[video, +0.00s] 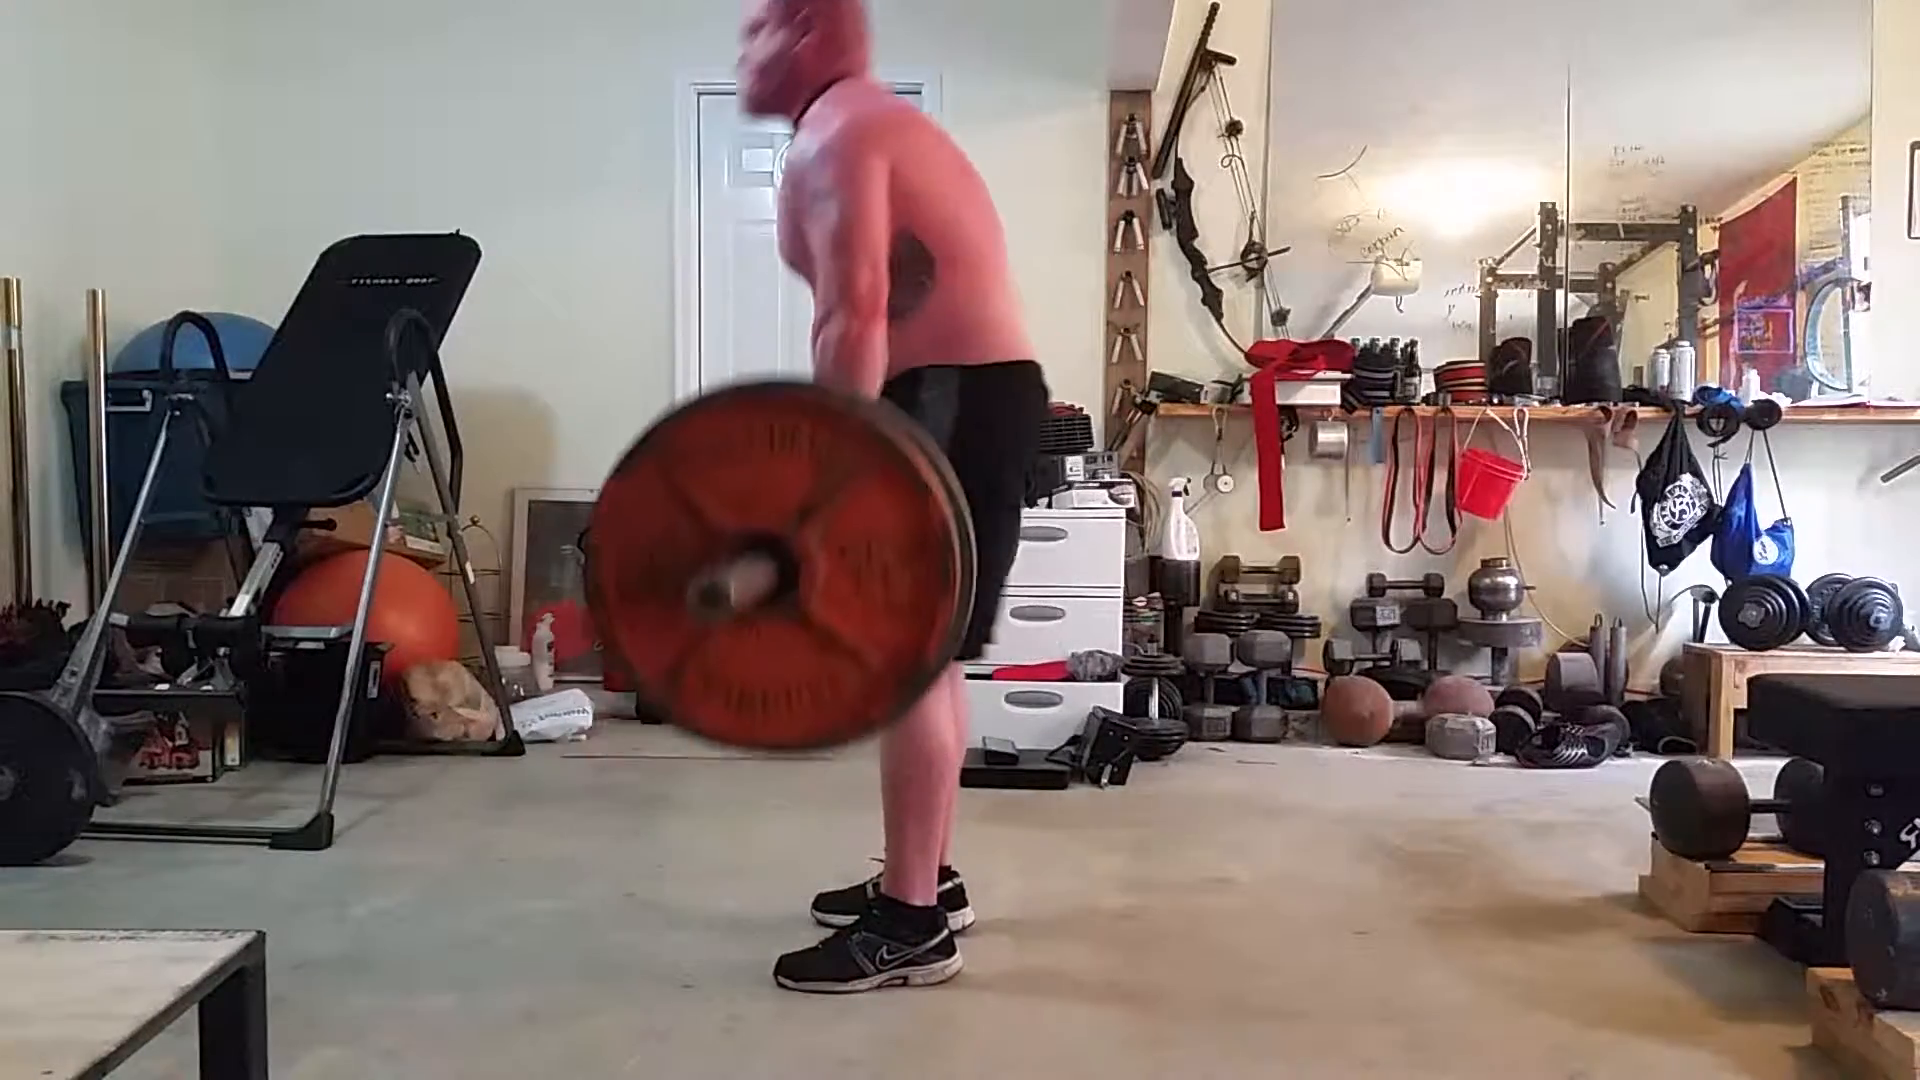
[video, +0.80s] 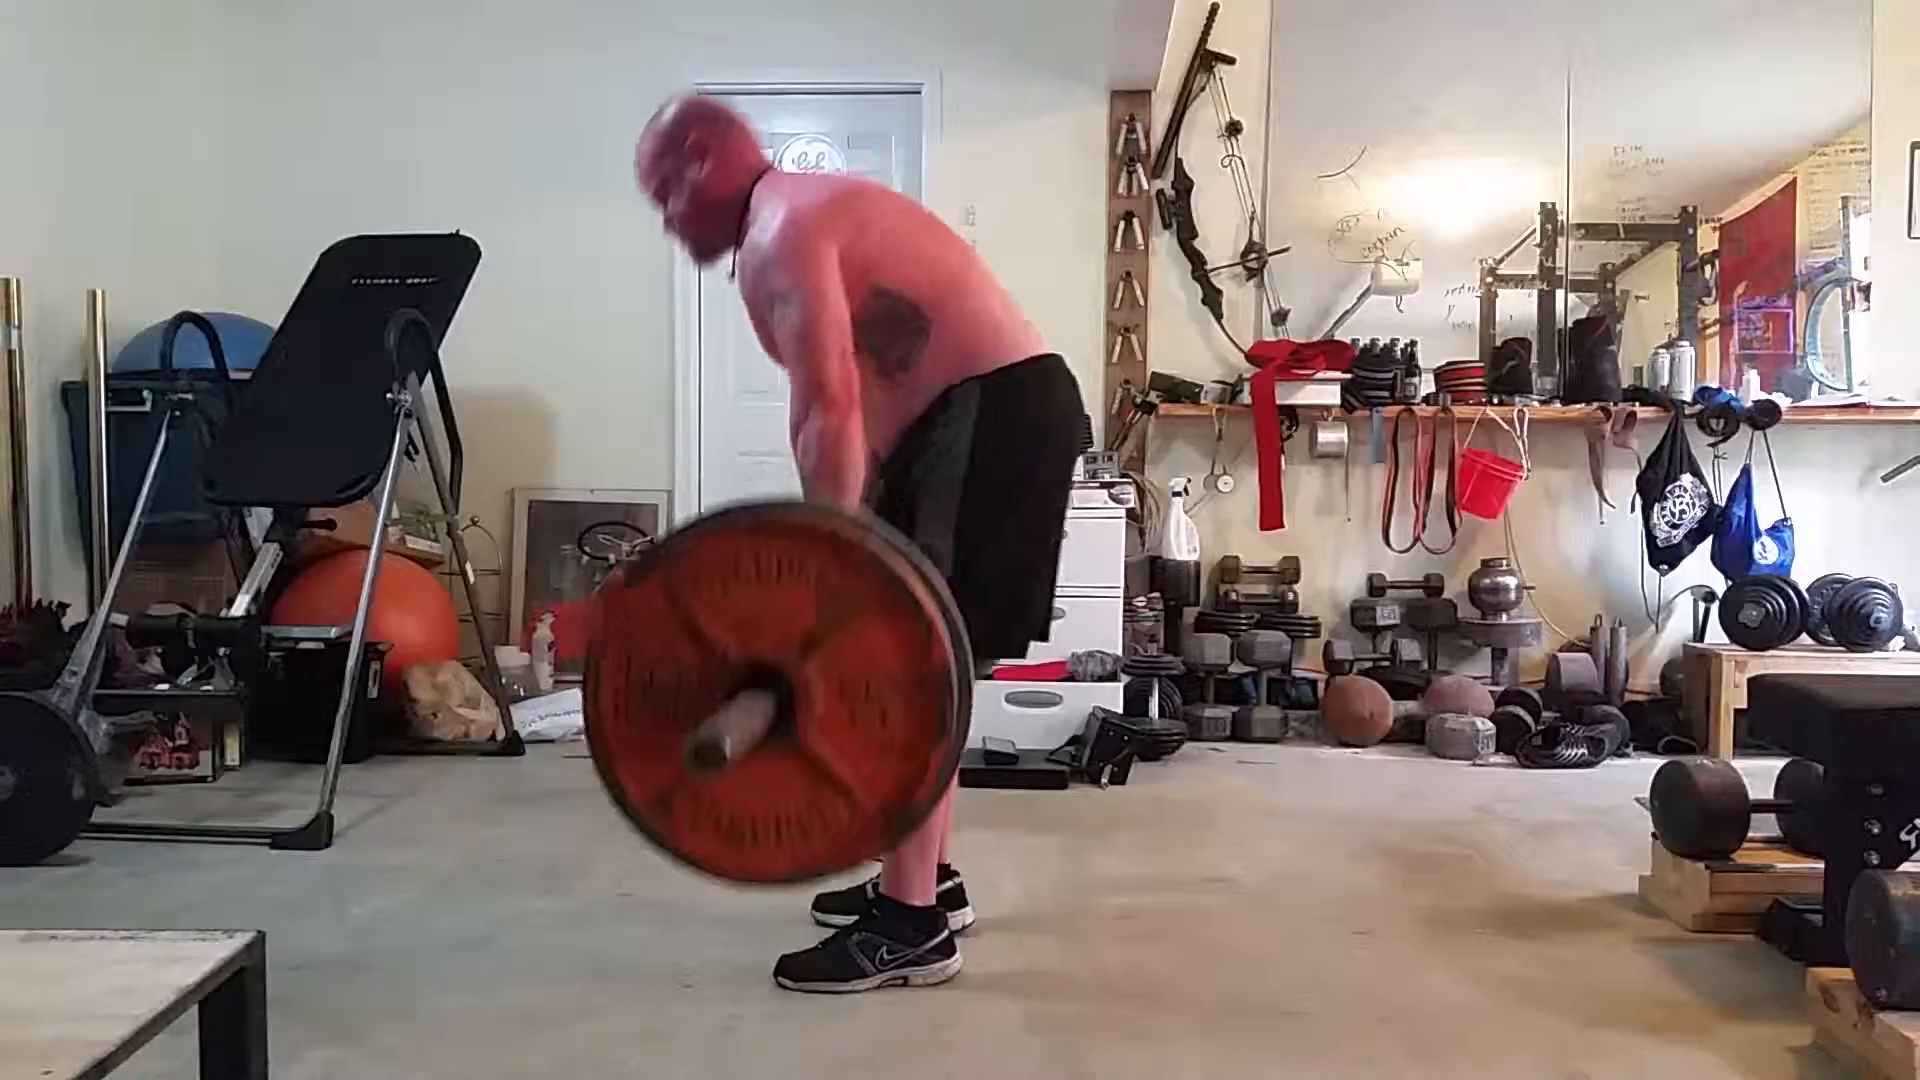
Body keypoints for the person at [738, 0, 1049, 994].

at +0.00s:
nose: (742, 52)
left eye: (758, 29)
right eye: (747, 32)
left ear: (812, 35)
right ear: (829, 42)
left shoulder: (844, 131)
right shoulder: (852, 129)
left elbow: (856, 313)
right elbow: (858, 318)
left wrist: (824, 478)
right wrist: (817, 471)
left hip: (957, 396)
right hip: (960, 395)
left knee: (920, 654)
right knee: (923, 652)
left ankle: (915, 918)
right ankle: (923, 882)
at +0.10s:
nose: (787, 17)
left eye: (801, 2)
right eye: (793, 3)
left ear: (851, 8)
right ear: (871, 16)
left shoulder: (875, 100)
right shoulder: (893, 100)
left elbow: (873, 284)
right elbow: (867, 291)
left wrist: (825, 449)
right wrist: (806, 442)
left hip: (936, 400)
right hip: (954, 397)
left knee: (914, 652)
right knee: (923, 649)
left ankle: (912, 916)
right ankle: (926, 879)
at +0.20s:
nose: (826, 10)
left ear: (885, 1)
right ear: (921, 7)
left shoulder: (900, 88)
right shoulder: (944, 90)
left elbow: (888, 272)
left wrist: (817, 426)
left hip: (932, 402)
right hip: (966, 398)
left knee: (910, 656)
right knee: (921, 653)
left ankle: (914, 920)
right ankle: (922, 882)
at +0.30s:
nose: (842, 11)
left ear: (902, 4)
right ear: (925, 10)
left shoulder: (917, 87)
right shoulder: (946, 87)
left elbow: (894, 279)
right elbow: (873, 279)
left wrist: (824, 430)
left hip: (936, 401)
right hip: (962, 399)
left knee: (902, 655)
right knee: (916, 652)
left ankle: (912, 919)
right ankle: (923, 882)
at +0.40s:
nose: (811, 20)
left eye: (825, 5)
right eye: (816, 7)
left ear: (875, 7)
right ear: (899, 14)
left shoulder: (901, 91)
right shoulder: (924, 93)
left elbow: (885, 279)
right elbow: (883, 285)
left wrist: (819, 435)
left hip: (935, 398)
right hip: (959, 398)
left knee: (893, 652)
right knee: (918, 649)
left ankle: (908, 920)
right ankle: (926, 879)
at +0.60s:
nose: (706, 115)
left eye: (712, 89)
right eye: (703, 94)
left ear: (764, 66)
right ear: (771, 68)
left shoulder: (824, 151)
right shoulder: (827, 148)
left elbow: (847, 336)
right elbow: (848, 332)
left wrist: (819, 508)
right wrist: (815, 504)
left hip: (961, 405)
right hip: (957, 403)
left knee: (911, 653)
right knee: (916, 648)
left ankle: (911, 918)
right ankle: (921, 880)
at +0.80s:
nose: (663, 218)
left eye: (662, 193)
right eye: (654, 201)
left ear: (708, 158)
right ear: (714, 157)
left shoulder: (788, 223)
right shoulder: (787, 227)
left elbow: (829, 405)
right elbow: (846, 407)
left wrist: (822, 575)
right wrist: (835, 564)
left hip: (986, 414)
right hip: (955, 421)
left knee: (918, 659)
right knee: (913, 650)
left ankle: (912, 915)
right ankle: (922, 876)